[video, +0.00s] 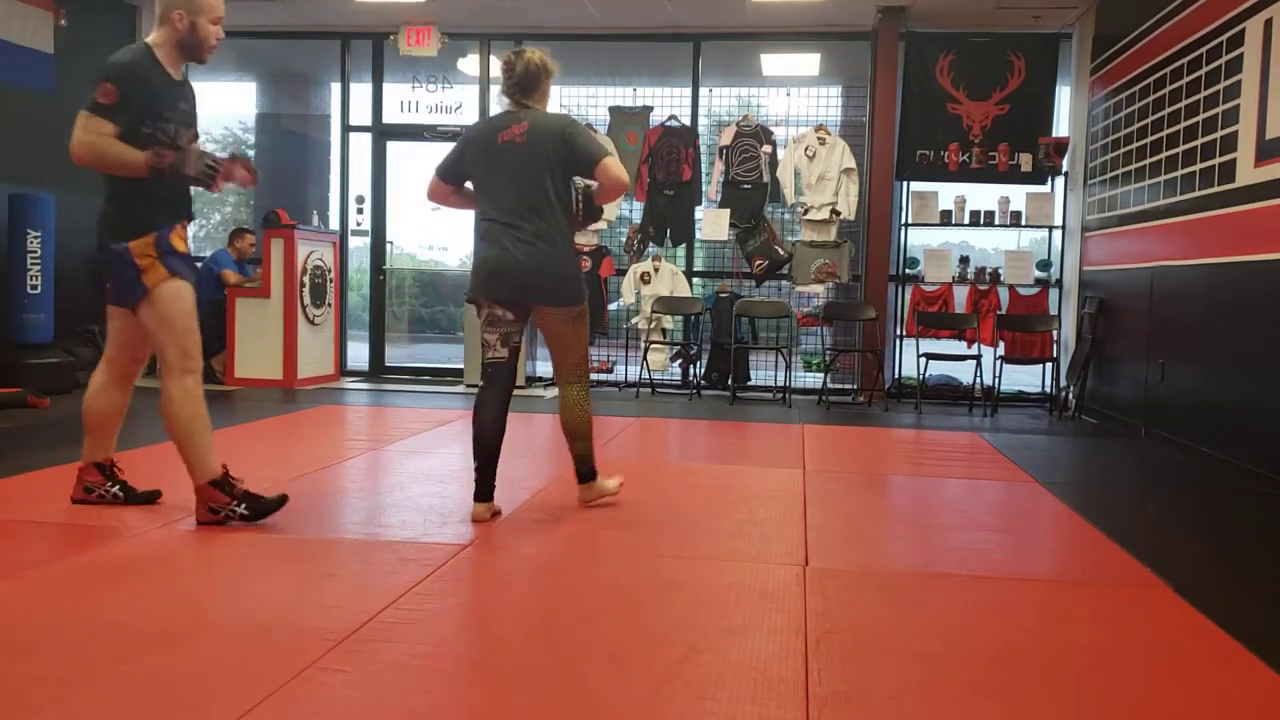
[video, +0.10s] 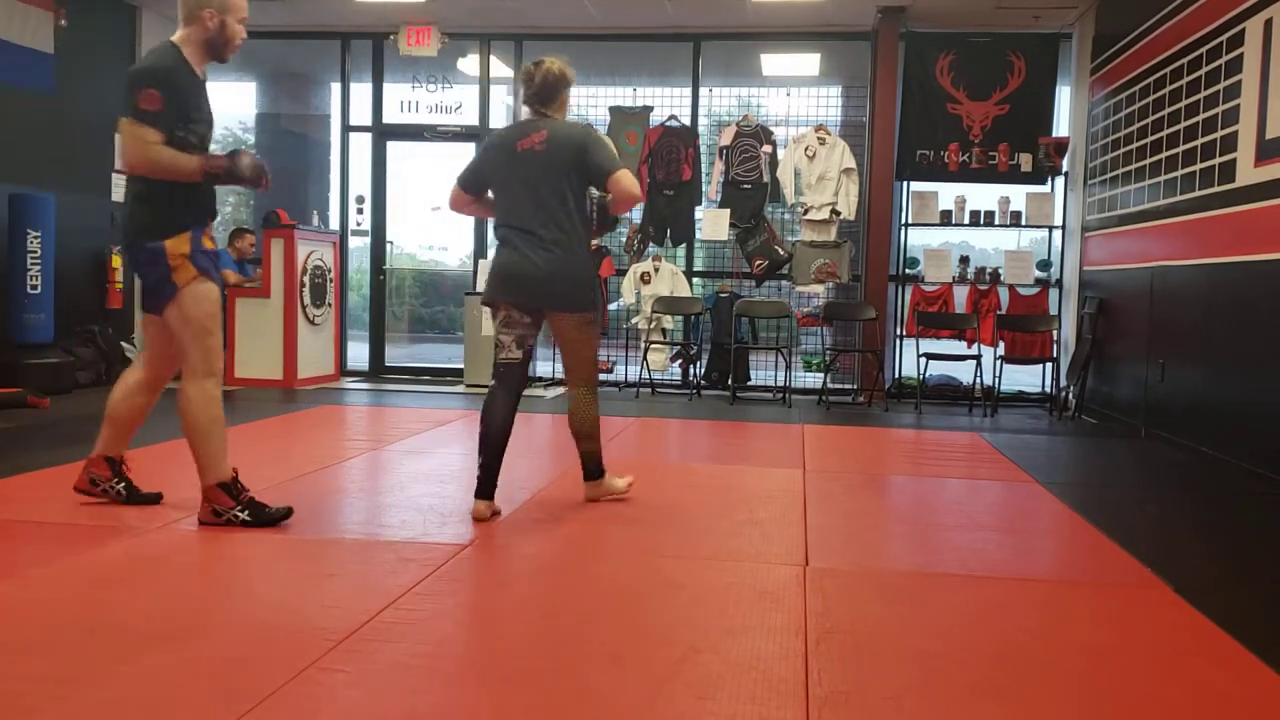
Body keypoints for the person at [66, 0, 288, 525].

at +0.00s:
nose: (221, 35)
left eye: (222, 25)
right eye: (215, 23)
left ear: (183, 22)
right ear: (179, 18)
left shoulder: (181, 80)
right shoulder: (127, 68)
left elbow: (172, 154)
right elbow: (84, 145)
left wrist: (213, 171)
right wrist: (155, 161)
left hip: (156, 234)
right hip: (142, 235)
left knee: (121, 362)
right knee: (185, 360)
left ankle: (94, 475)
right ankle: (213, 491)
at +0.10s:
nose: (245, 35)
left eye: (245, 24)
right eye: (241, 22)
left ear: (208, 21)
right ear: (209, 19)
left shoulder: (185, 75)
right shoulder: (159, 71)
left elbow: (168, 156)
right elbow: (136, 155)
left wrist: (226, 165)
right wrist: (218, 166)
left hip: (173, 234)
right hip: (173, 236)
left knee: (156, 363)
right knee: (204, 364)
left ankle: (101, 468)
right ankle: (220, 494)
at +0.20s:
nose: (264, 37)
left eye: (266, 26)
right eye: (263, 24)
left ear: (222, 16)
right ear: (237, 17)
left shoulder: (182, 62)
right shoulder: (199, 65)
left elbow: (199, 158)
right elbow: (209, 161)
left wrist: (252, 152)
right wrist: (266, 151)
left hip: (175, 227)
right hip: (191, 229)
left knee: (202, 353)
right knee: (213, 365)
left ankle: (129, 444)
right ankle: (220, 492)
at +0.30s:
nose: (279, 36)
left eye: (281, 25)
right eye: (280, 24)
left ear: (234, 12)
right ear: (262, 17)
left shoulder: (192, 58)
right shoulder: (230, 67)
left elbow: (217, 144)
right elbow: (268, 157)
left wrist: (272, 123)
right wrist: (299, 126)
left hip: (191, 223)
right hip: (205, 226)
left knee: (243, 337)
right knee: (213, 361)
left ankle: (164, 441)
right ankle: (220, 493)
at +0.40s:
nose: (292, 31)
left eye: (293, 21)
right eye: (294, 21)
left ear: (243, 11)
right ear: (281, 16)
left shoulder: (203, 58)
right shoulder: (251, 64)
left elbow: (222, 143)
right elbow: (279, 156)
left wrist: (285, 120)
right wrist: (310, 128)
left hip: (197, 222)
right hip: (218, 225)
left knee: (242, 344)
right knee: (231, 354)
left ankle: (202, 464)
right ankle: (221, 492)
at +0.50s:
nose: (299, 43)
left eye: (301, 33)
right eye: (301, 32)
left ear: (249, 17)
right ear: (289, 23)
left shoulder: (209, 65)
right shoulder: (261, 68)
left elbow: (227, 150)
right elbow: (278, 160)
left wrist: (296, 142)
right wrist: (314, 152)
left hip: (203, 234)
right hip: (243, 232)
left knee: (235, 358)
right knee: (264, 362)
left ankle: (217, 486)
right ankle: (229, 491)